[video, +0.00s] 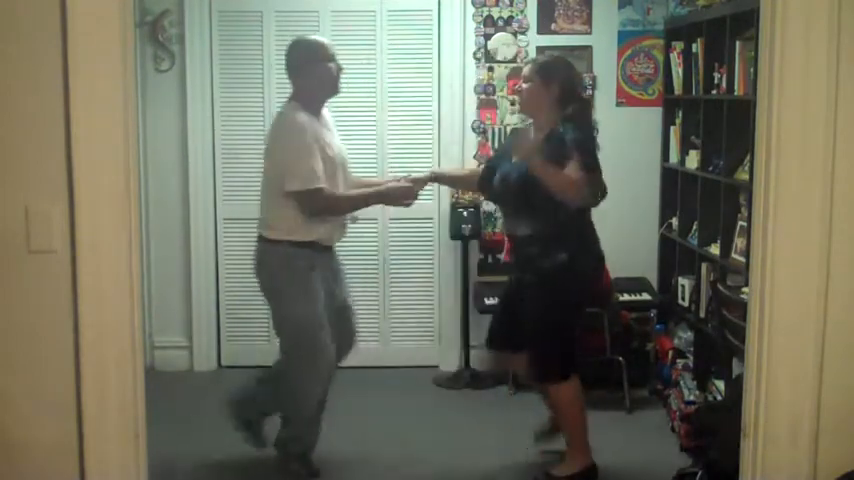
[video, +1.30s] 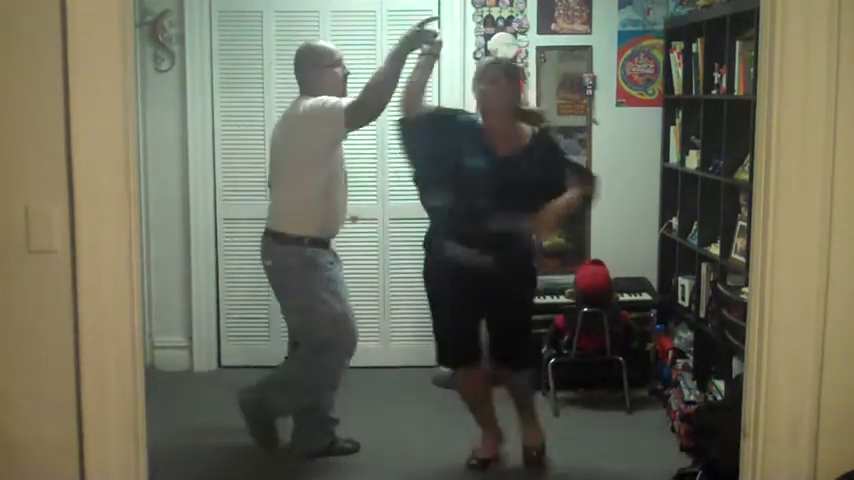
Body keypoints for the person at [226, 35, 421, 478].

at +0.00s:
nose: (339, 68)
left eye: (337, 62)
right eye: (329, 63)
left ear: (316, 74)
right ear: (302, 73)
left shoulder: (317, 121)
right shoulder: (294, 126)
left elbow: (339, 188)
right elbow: (313, 204)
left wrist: (389, 186)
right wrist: (382, 196)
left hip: (317, 253)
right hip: (289, 256)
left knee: (339, 339)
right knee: (311, 355)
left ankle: (251, 403)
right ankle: (294, 453)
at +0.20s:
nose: (325, 69)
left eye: (321, 61)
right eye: (314, 62)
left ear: (292, 73)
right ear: (290, 72)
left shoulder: (282, 120)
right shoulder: (288, 125)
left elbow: (309, 193)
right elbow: (321, 198)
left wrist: (357, 197)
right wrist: (376, 185)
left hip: (274, 255)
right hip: (275, 259)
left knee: (272, 358)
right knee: (299, 356)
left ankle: (209, 448)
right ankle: (294, 455)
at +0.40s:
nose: (317, 70)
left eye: (314, 63)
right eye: (309, 64)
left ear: (278, 74)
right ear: (285, 72)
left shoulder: (258, 119)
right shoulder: (277, 125)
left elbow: (263, 191)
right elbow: (309, 198)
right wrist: (373, 167)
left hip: (248, 253)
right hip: (270, 258)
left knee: (249, 357)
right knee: (318, 347)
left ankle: (202, 459)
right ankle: (294, 450)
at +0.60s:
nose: (320, 73)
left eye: (317, 65)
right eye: (311, 66)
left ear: (281, 77)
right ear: (286, 75)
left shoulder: (260, 121)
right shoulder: (288, 127)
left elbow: (235, 183)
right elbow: (341, 183)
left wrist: (275, 217)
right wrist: (376, 125)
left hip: (256, 255)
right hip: (284, 262)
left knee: (261, 357)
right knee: (319, 360)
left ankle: (204, 456)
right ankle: (305, 457)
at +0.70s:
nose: (324, 70)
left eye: (322, 63)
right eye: (316, 64)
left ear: (284, 74)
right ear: (295, 72)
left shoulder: (267, 120)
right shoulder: (296, 123)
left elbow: (274, 188)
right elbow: (370, 149)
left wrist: (318, 225)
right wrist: (390, 105)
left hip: (266, 254)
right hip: (288, 258)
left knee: (283, 352)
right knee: (320, 354)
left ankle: (221, 436)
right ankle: (304, 456)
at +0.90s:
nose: (335, 65)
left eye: (332, 58)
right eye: (326, 59)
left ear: (295, 71)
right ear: (304, 67)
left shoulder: (277, 114)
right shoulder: (316, 103)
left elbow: (297, 178)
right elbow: (384, 88)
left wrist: (353, 209)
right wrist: (439, 53)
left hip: (277, 242)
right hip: (283, 247)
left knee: (334, 321)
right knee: (312, 337)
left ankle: (282, 410)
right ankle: (309, 451)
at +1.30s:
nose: (346, 75)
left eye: (344, 67)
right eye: (338, 68)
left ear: (310, 77)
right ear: (314, 74)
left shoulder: (295, 117)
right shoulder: (315, 112)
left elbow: (277, 180)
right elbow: (367, 108)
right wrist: (402, 49)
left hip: (292, 250)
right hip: (302, 254)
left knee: (313, 342)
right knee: (336, 339)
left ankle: (313, 434)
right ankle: (261, 403)